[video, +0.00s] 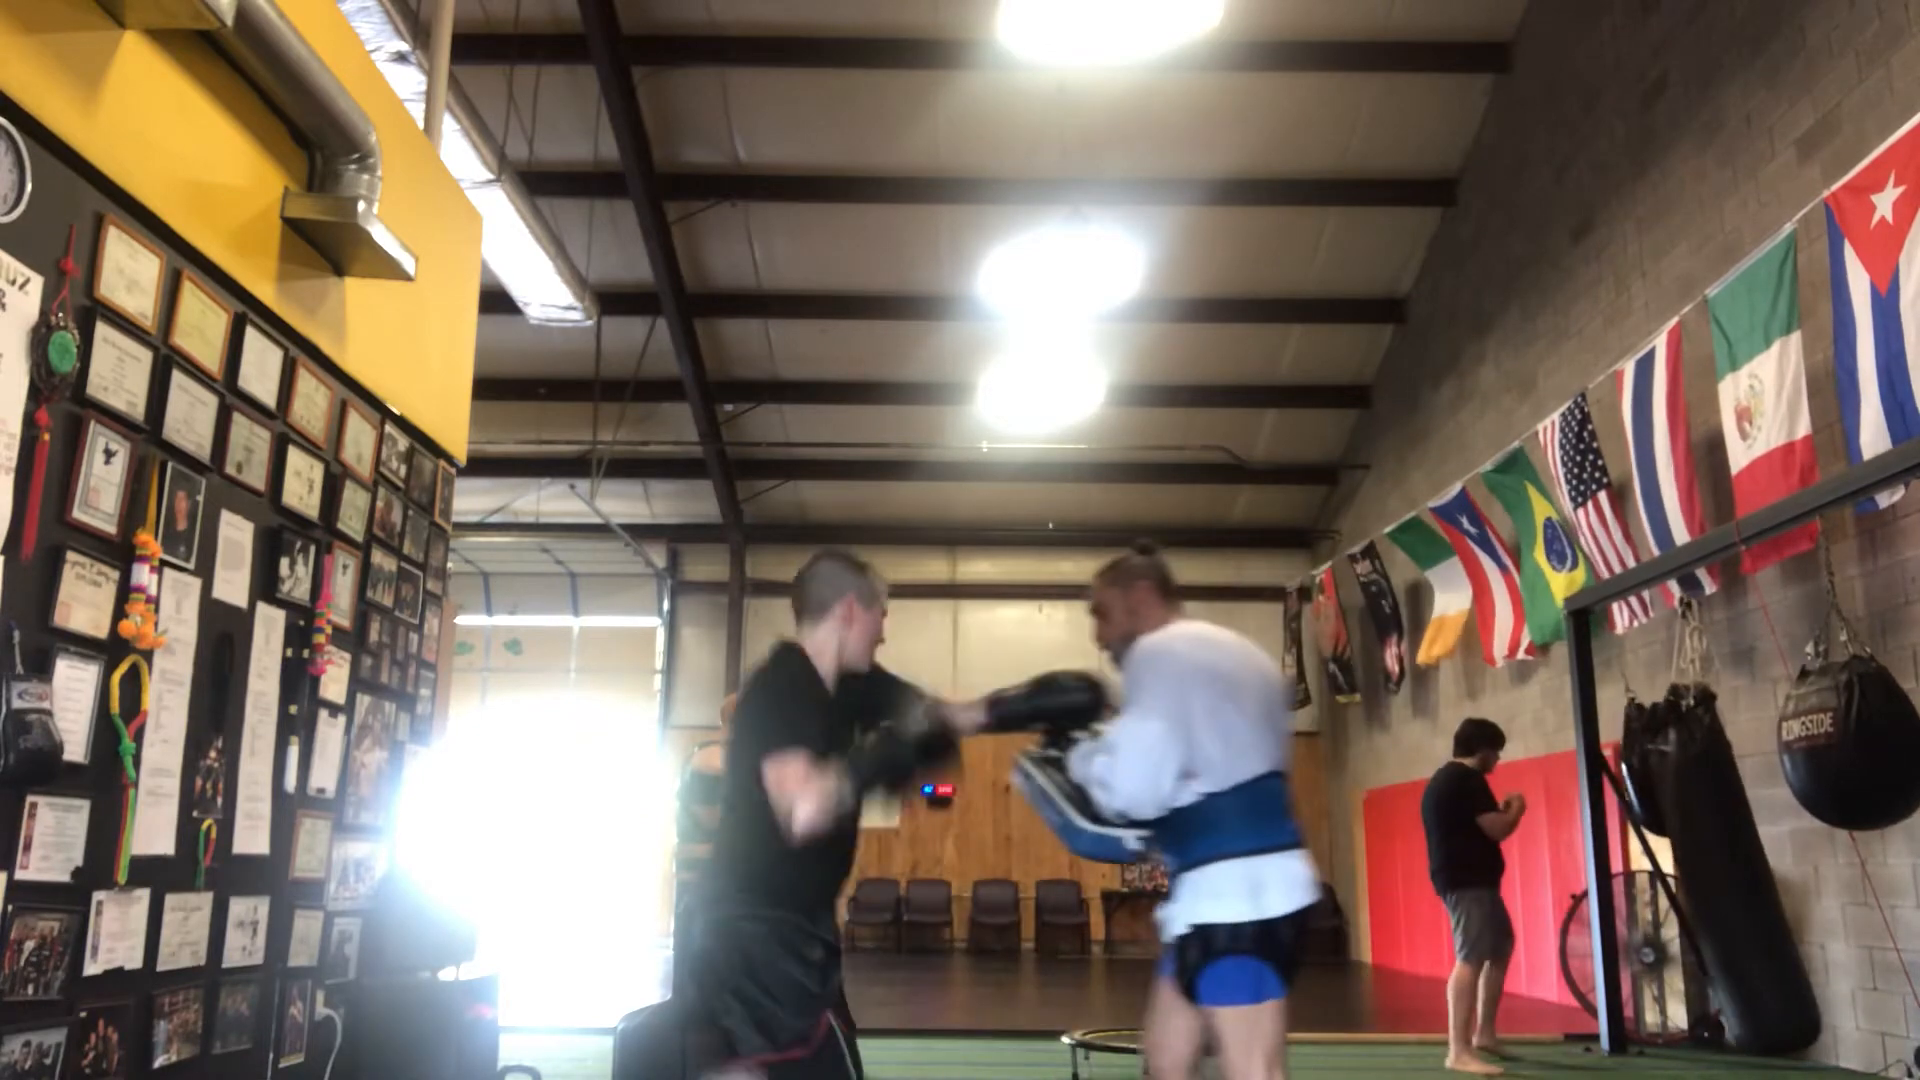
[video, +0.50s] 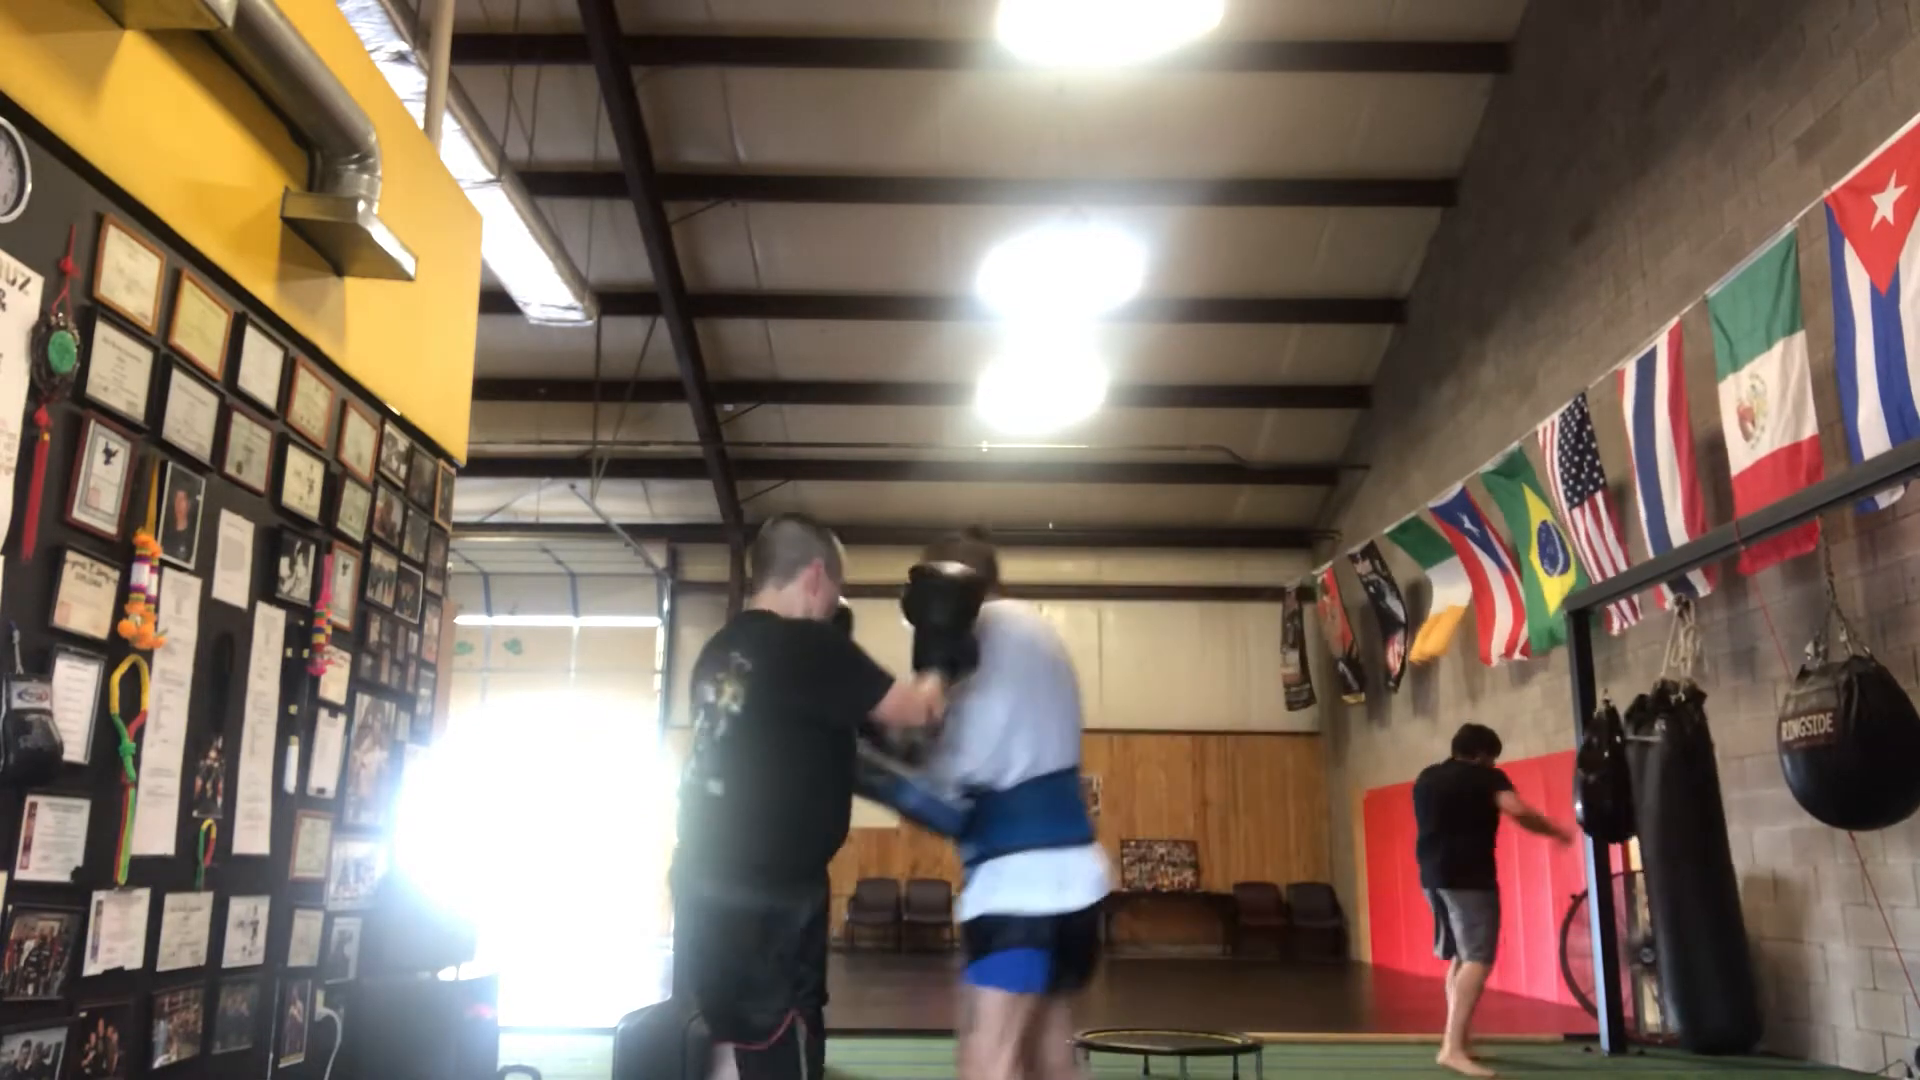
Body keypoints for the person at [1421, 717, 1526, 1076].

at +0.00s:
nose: (1497, 761)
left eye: (1498, 754)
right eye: (1495, 753)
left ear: (1462, 747)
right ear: (1481, 750)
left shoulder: (1444, 780)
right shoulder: (1465, 780)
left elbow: (1481, 829)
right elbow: (1496, 829)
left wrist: (1506, 812)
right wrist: (1514, 810)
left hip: (1472, 882)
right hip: (1467, 883)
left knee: (1501, 946)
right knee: (1471, 958)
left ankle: (1484, 1035)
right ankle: (1458, 1052)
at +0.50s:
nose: (1492, 764)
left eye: (1493, 759)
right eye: (1492, 759)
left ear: (1455, 751)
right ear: (1483, 755)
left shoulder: (1427, 777)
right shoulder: (1489, 776)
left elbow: (1431, 825)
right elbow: (1519, 813)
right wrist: (1556, 831)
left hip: (1433, 879)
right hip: (1470, 877)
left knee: (1459, 957)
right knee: (1477, 958)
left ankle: (1456, 1040)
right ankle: (1452, 1049)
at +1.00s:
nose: (1489, 762)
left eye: (1491, 756)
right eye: (1488, 754)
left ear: (1465, 745)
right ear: (1474, 748)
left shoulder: (1463, 777)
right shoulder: (1442, 770)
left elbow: (1490, 808)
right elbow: (1473, 810)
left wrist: (1531, 805)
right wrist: (1496, 791)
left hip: (1467, 881)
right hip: (1444, 883)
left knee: (1471, 961)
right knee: (1460, 963)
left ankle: (1460, 1040)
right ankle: (1446, 1054)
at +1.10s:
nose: (1490, 761)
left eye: (1492, 754)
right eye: (1489, 753)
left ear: (1467, 746)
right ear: (1474, 748)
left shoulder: (1461, 776)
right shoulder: (1444, 773)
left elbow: (1479, 809)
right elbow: (1468, 820)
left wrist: (1514, 808)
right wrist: (1491, 799)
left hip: (1464, 882)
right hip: (1441, 884)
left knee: (1481, 952)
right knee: (1459, 961)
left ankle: (1462, 1035)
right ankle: (1445, 1055)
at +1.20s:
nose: (1490, 761)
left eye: (1492, 754)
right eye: (1489, 753)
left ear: (1465, 747)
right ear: (1474, 749)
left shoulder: (1456, 776)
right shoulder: (1444, 775)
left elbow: (1466, 825)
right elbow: (1471, 828)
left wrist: (1495, 816)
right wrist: (1493, 808)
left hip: (1462, 881)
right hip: (1441, 883)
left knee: (1491, 947)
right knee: (1456, 964)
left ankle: (1464, 1028)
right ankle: (1445, 1056)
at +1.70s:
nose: (1497, 762)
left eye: (1498, 755)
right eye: (1495, 755)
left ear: (1463, 749)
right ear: (1481, 752)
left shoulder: (1447, 778)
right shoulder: (1473, 776)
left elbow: (1471, 826)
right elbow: (1495, 824)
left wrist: (1508, 815)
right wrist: (1519, 814)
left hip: (1467, 883)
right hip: (1465, 884)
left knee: (1488, 959)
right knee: (1466, 961)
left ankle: (1488, 1045)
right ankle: (1448, 1053)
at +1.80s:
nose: (1499, 762)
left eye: (1501, 756)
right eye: (1498, 754)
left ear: (1467, 747)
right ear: (1485, 750)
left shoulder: (1452, 774)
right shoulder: (1474, 772)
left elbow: (1481, 819)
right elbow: (1500, 819)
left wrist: (1507, 799)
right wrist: (1520, 800)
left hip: (1457, 878)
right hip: (1470, 877)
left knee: (1485, 957)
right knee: (1486, 954)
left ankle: (1487, 1045)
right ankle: (1454, 1046)